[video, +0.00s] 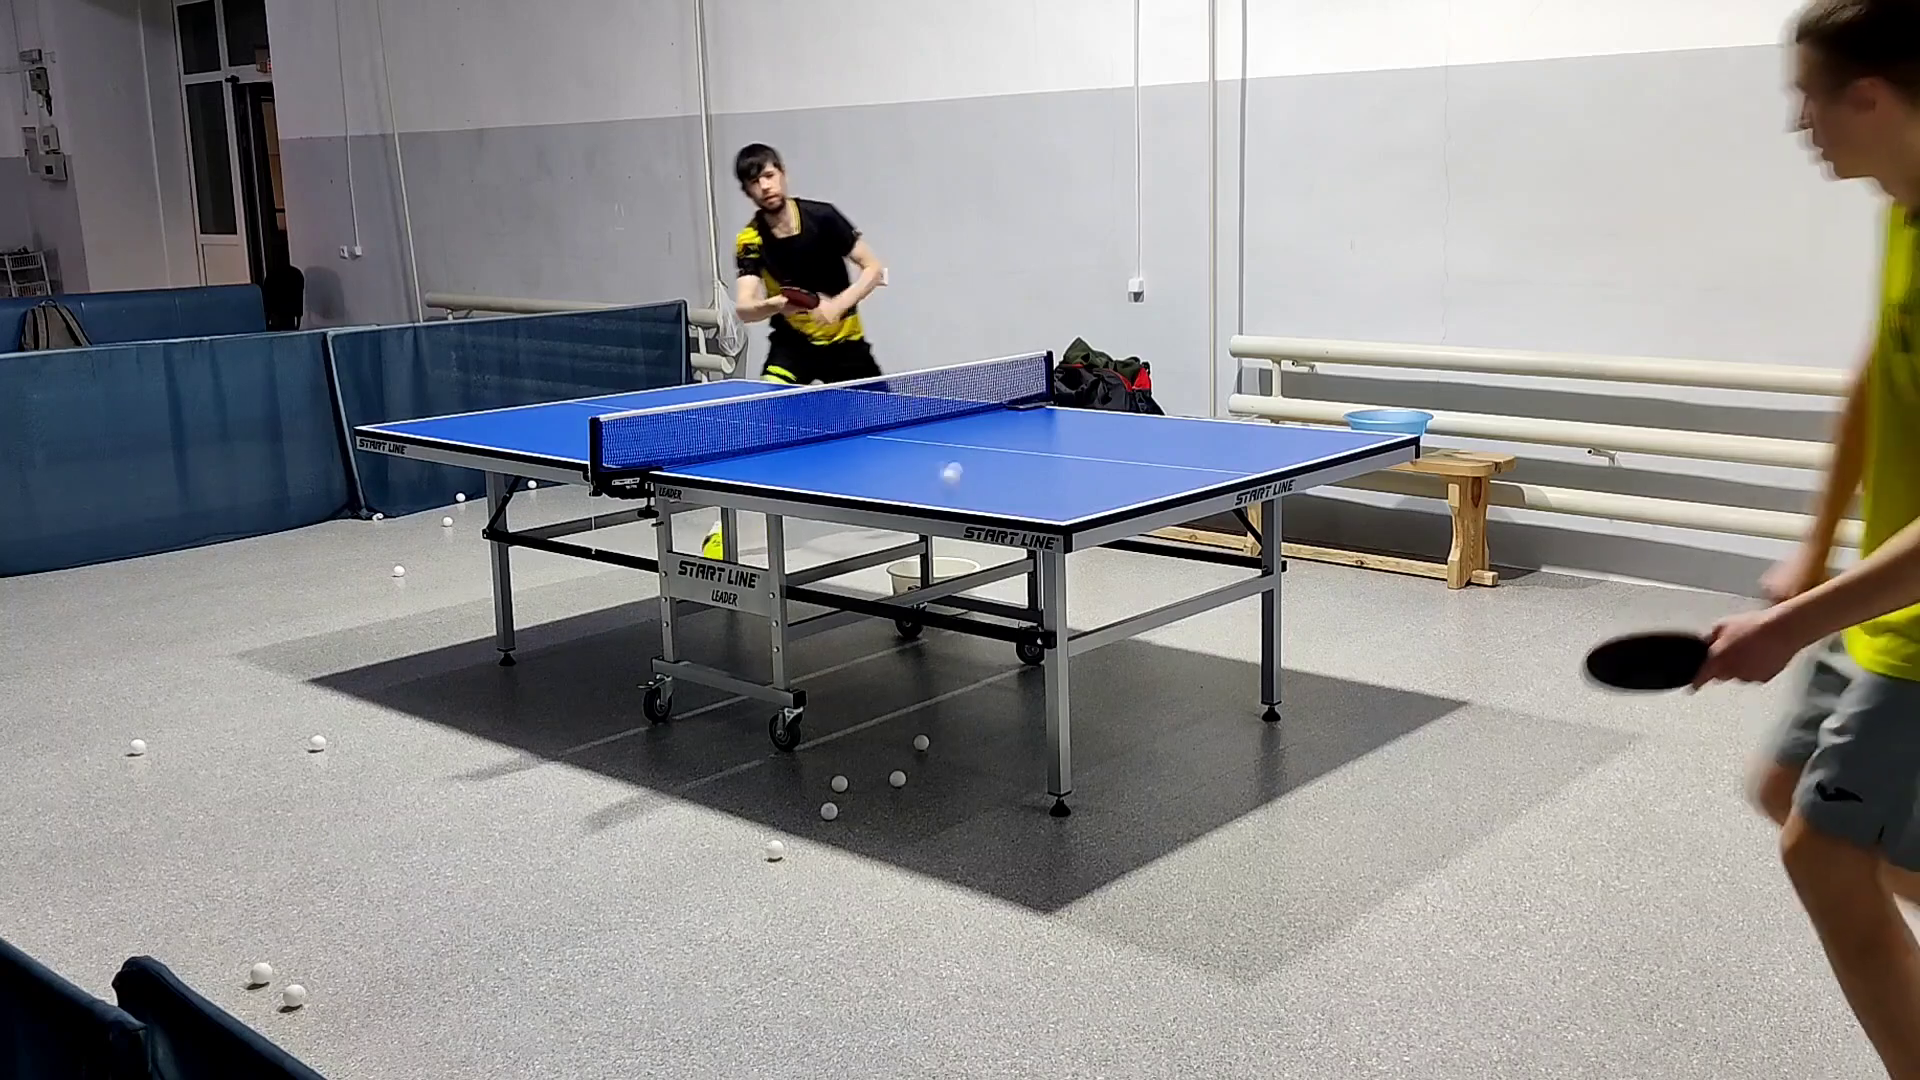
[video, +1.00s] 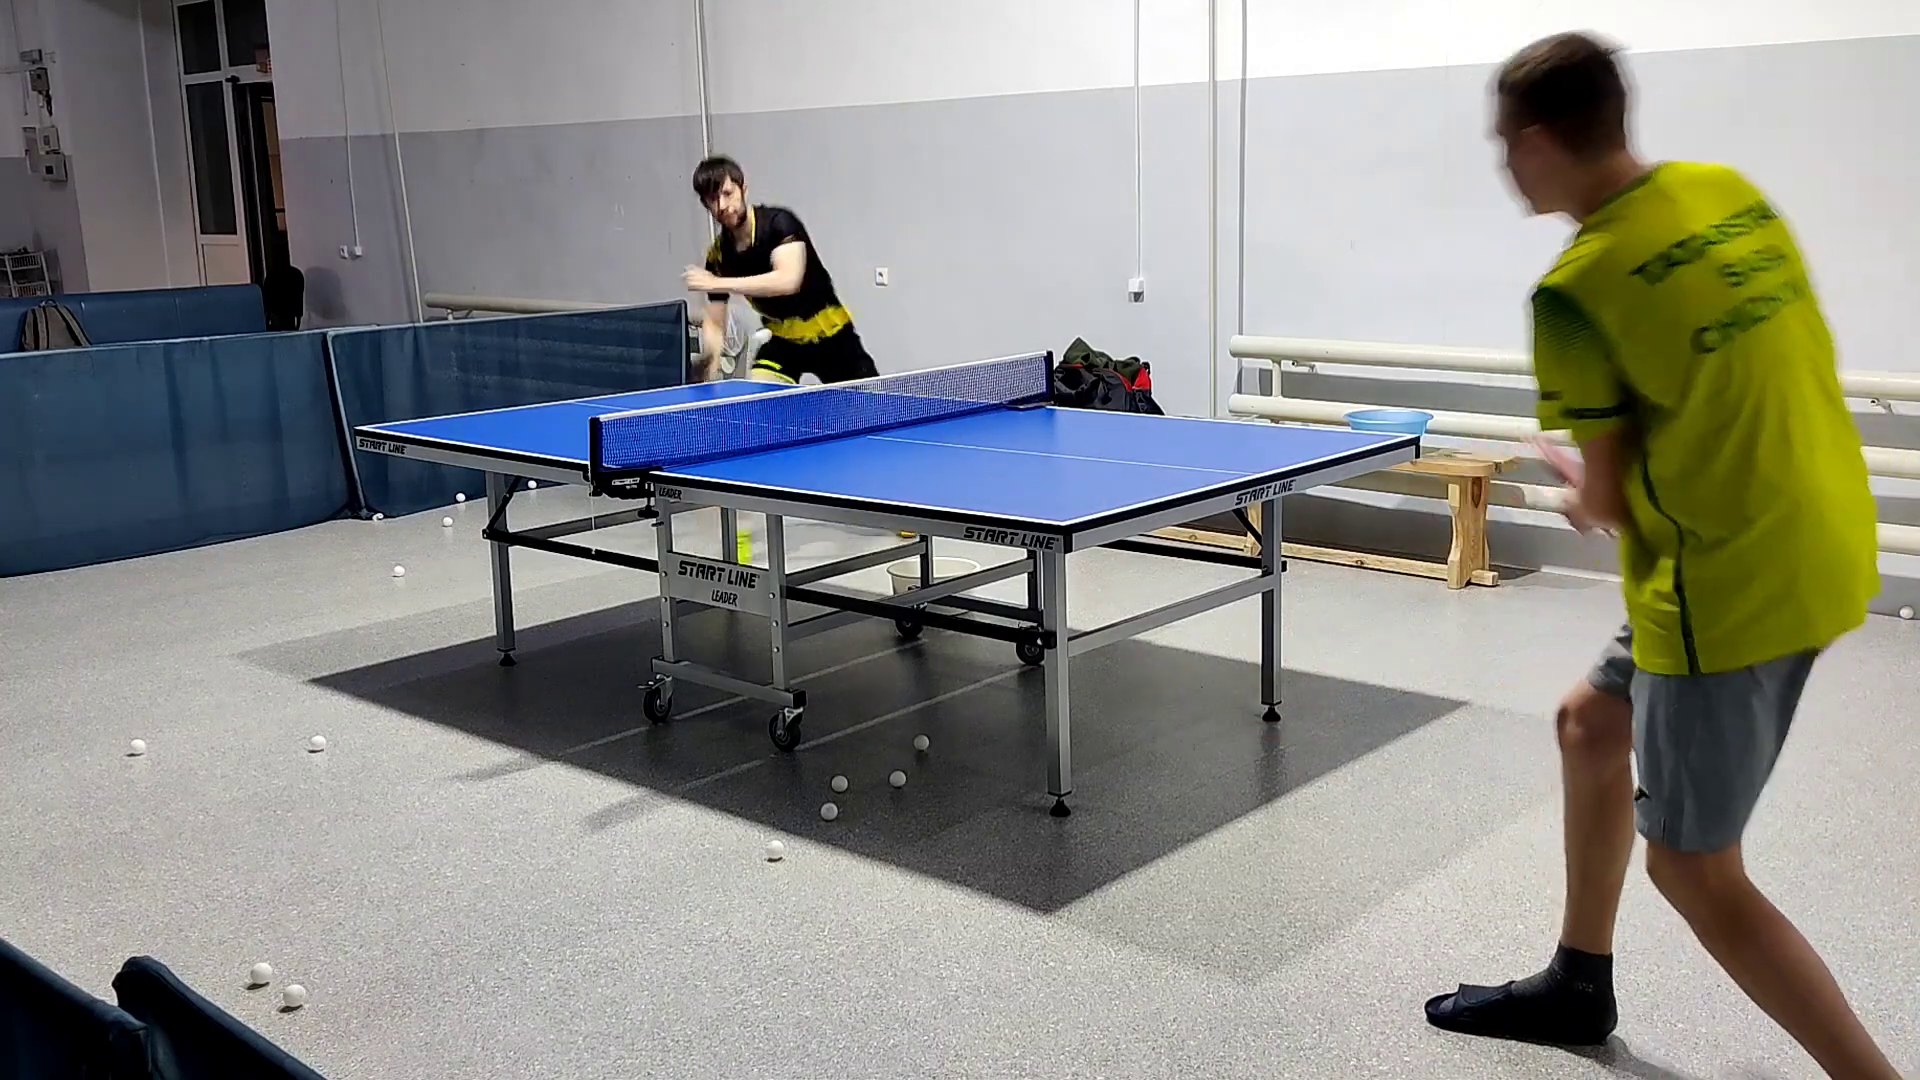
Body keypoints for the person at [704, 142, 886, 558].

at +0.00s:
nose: (766, 186)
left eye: (770, 175)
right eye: (755, 181)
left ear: (783, 175)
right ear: (747, 192)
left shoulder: (824, 217)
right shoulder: (752, 240)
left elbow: (874, 269)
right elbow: (744, 310)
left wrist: (839, 304)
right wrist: (775, 305)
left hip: (845, 344)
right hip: (792, 348)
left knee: (889, 422)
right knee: (758, 424)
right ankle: (726, 526)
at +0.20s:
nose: (738, 166)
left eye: (742, 154)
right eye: (727, 161)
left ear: (755, 155)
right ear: (718, 172)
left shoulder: (791, 201)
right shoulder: (718, 224)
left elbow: (836, 251)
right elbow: (712, 295)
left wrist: (848, 315)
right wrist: (746, 300)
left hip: (808, 330)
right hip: (759, 337)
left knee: (861, 410)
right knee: (746, 418)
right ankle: (720, 528)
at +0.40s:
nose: (744, 152)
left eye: (748, 141)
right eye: (733, 147)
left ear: (760, 141)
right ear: (721, 156)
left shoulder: (790, 187)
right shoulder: (720, 207)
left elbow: (827, 226)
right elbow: (709, 283)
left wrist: (847, 279)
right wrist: (744, 282)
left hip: (796, 326)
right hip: (750, 332)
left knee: (843, 410)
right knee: (747, 425)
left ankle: (861, 511)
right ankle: (703, 533)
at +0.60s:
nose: (739, 153)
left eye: (744, 141)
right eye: (728, 147)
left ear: (757, 142)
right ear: (717, 155)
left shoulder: (786, 192)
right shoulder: (713, 207)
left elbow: (824, 237)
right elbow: (702, 283)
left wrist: (843, 294)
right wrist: (741, 286)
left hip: (787, 329)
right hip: (739, 331)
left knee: (833, 414)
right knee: (731, 427)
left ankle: (864, 509)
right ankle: (695, 535)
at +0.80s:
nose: (737, 175)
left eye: (742, 163)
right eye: (727, 169)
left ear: (754, 162)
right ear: (715, 176)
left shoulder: (789, 208)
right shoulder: (710, 227)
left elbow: (852, 252)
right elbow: (696, 300)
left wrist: (828, 291)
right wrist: (721, 299)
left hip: (795, 344)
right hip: (744, 347)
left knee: (853, 419)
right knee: (735, 438)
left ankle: (864, 509)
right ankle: (696, 538)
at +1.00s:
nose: (723, 206)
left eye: (728, 194)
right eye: (713, 199)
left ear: (743, 189)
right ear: (706, 204)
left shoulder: (780, 223)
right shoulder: (719, 256)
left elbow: (788, 281)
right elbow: (714, 322)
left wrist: (717, 284)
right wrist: (712, 360)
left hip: (832, 338)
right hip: (784, 344)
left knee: (877, 410)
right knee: (754, 410)